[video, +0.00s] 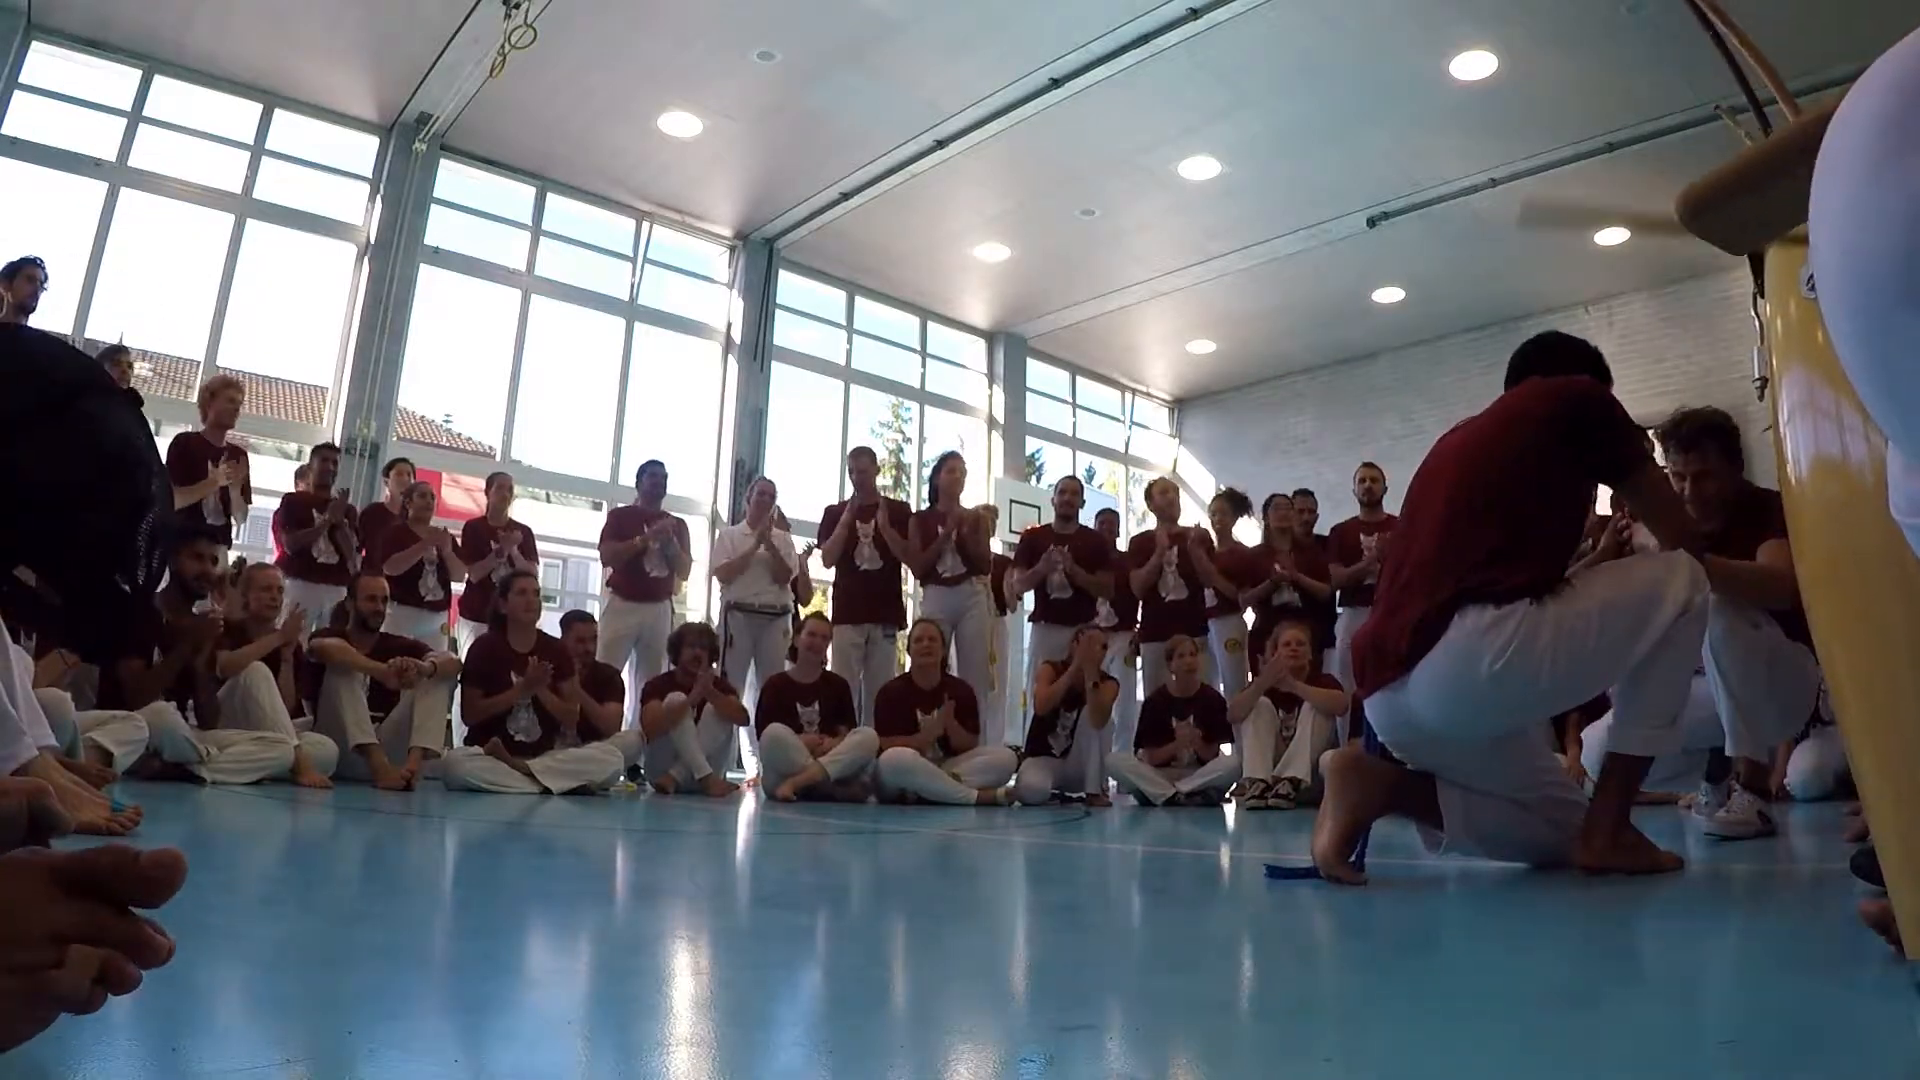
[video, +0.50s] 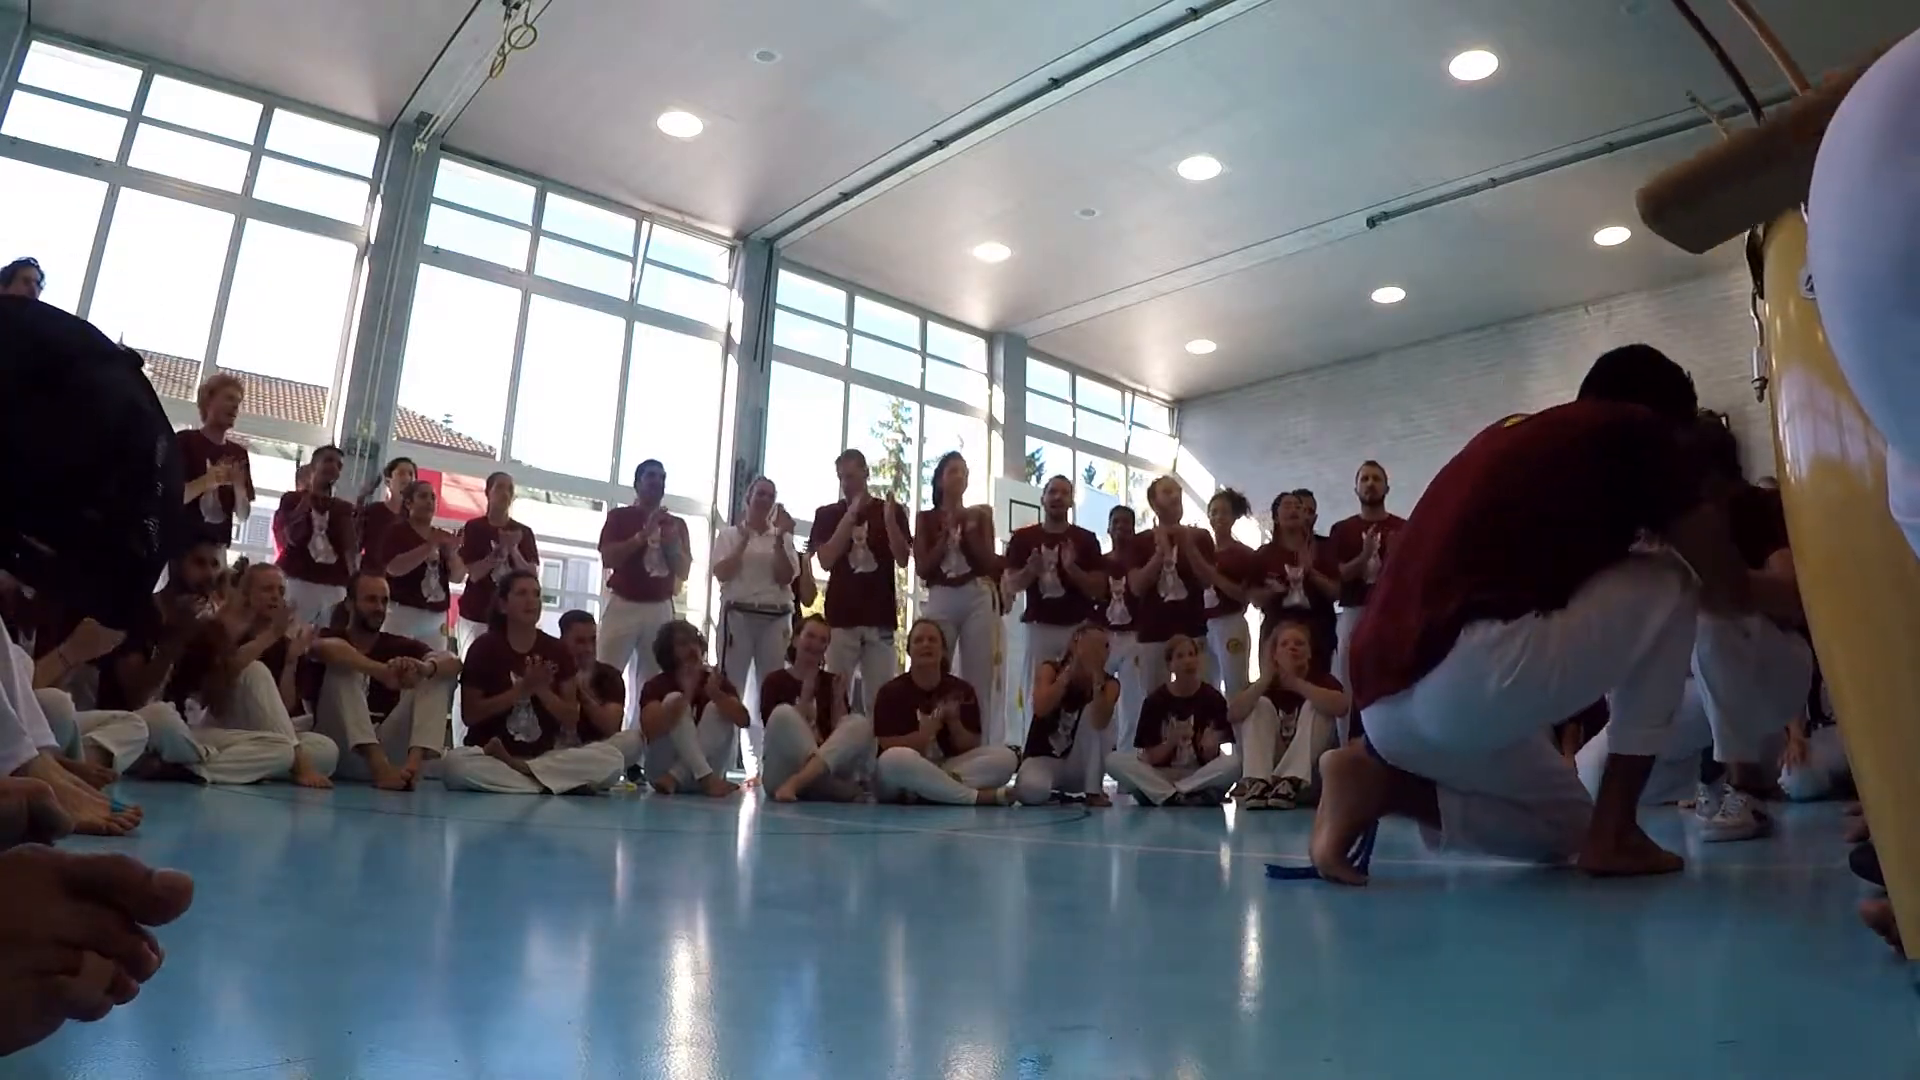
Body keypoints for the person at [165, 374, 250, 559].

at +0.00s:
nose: (237, 409)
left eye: (239, 404)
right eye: (231, 401)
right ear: (208, 403)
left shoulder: (238, 455)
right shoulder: (183, 443)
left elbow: (240, 517)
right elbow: (169, 500)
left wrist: (235, 487)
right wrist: (212, 482)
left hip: (219, 548)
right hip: (182, 545)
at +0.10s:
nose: (237, 408)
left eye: (239, 404)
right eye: (230, 401)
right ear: (208, 403)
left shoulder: (237, 455)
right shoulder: (183, 443)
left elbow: (241, 516)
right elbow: (169, 500)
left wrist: (228, 486)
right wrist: (215, 482)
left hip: (219, 548)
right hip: (181, 543)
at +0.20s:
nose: (236, 407)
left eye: (239, 402)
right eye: (230, 398)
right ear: (208, 400)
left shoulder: (238, 454)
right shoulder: (184, 441)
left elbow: (241, 515)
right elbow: (169, 496)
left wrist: (236, 483)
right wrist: (212, 478)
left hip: (218, 548)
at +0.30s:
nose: (236, 406)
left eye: (239, 402)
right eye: (230, 398)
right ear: (208, 401)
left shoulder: (237, 453)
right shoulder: (184, 440)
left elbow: (242, 513)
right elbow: (170, 496)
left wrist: (230, 484)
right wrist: (214, 477)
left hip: (217, 549)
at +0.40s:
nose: (236, 406)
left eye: (239, 402)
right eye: (230, 398)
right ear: (207, 400)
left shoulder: (237, 453)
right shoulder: (184, 441)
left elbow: (243, 512)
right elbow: (173, 496)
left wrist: (230, 484)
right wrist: (218, 475)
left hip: (216, 549)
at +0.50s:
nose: (236, 407)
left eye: (238, 402)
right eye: (229, 399)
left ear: (240, 407)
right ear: (207, 402)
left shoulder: (238, 454)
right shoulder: (183, 442)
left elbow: (243, 514)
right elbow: (169, 500)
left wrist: (238, 484)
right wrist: (207, 481)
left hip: (217, 548)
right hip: (179, 544)